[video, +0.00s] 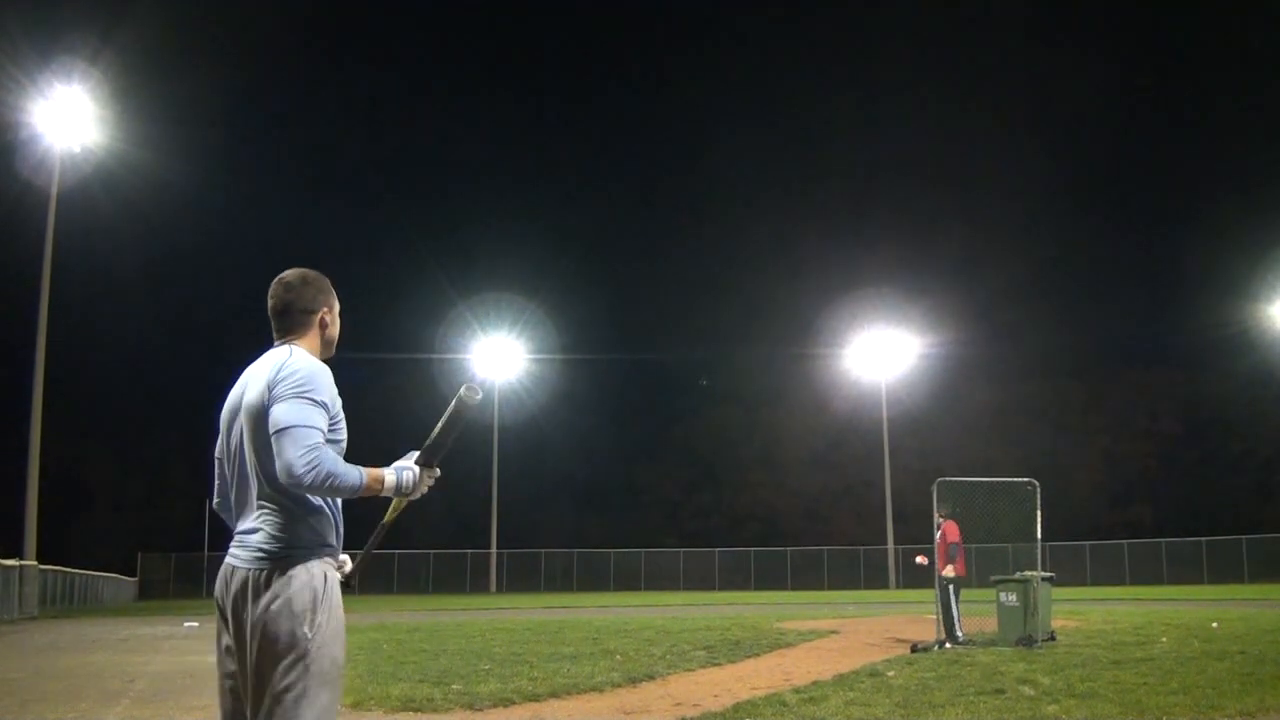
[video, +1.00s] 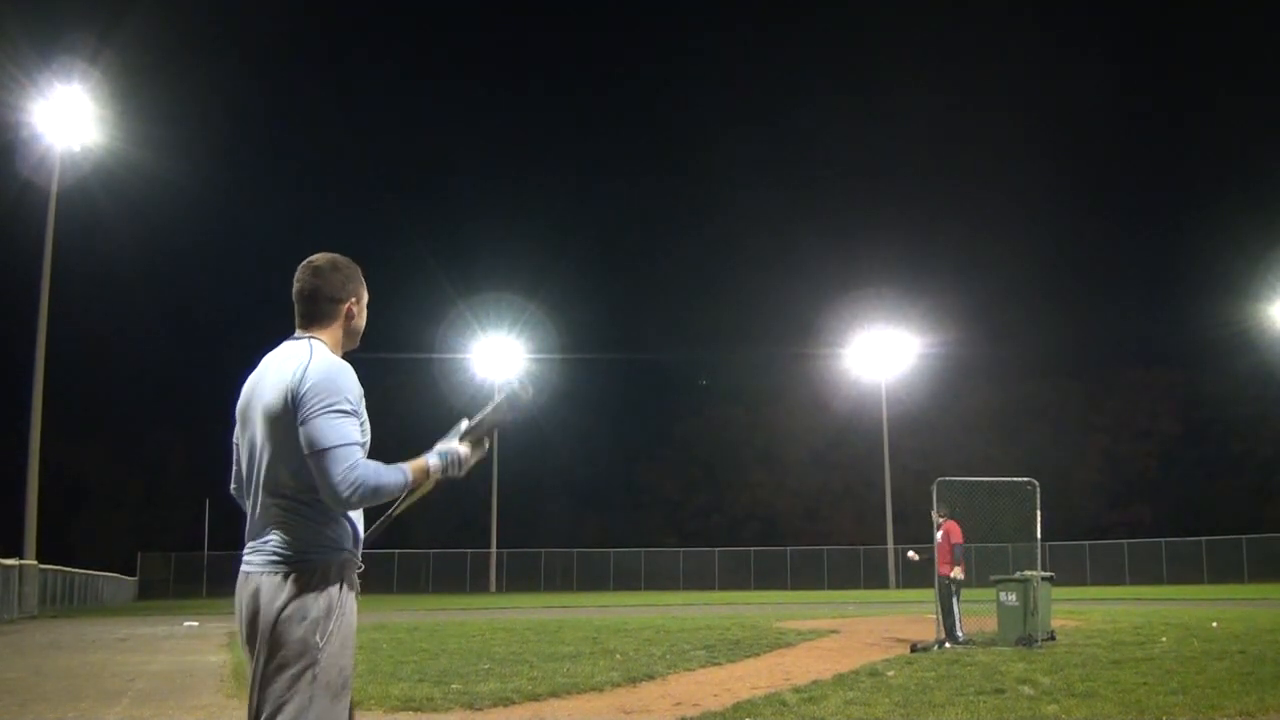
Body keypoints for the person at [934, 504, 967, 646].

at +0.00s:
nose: (933, 518)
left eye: (935, 515)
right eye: (933, 515)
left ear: (941, 515)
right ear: (941, 516)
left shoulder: (950, 525)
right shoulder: (941, 529)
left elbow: (953, 545)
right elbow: (942, 553)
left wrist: (951, 564)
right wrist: (929, 561)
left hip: (950, 573)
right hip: (943, 572)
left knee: (951, 605)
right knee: (945, 605)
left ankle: (957, 635)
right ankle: (949, 635)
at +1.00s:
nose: (932, 517)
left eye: (933, 514)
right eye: (932, 514)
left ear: (940, 514)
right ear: (939, 515)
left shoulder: (951, 526)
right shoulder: (940, 530)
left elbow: (957, 546)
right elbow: (938, 553)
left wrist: (957, 566)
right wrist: (919, 557)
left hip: (950, 574)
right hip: (942, 574)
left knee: (951, 605)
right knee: (945, 606)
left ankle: (956, 636)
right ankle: (949, 635)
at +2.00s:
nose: (933, 515)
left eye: (935, 512)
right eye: (931, 513)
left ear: (943, 513)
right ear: (931, 515)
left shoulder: (952, 527)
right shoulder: (935, 531)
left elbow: (956, 547)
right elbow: (932, 553)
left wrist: (952, 564)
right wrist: (917, 554)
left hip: (948, 572)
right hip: (937, 573)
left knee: (950, 604)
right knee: (941, 605)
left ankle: (955, 636)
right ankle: (947, 635)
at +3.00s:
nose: (930, 516)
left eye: (932, 513)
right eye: (928, 514)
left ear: (940, 513)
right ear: (928, 517)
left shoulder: (949, 526)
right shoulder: (932, 533)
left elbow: (952, 545)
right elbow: (930, 554)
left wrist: (947, 562)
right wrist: (920, 566)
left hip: (950, 571)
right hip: (939, 572)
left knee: (949, 602)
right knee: (941, 604)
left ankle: (956, 634)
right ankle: (948, 634)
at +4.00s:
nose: (940, 512)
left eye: (942, 509)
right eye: (937, 510)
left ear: (948, 512)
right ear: (933, 514)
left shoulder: (959, 525)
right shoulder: (933, 527)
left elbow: (973, 541)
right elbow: (922, 530)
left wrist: (974, 555)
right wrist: (917, 517)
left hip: (958, 572)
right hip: (942, 573)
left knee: (955, 605)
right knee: (944, 605)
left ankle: (953, 637)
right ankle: (951, 634)